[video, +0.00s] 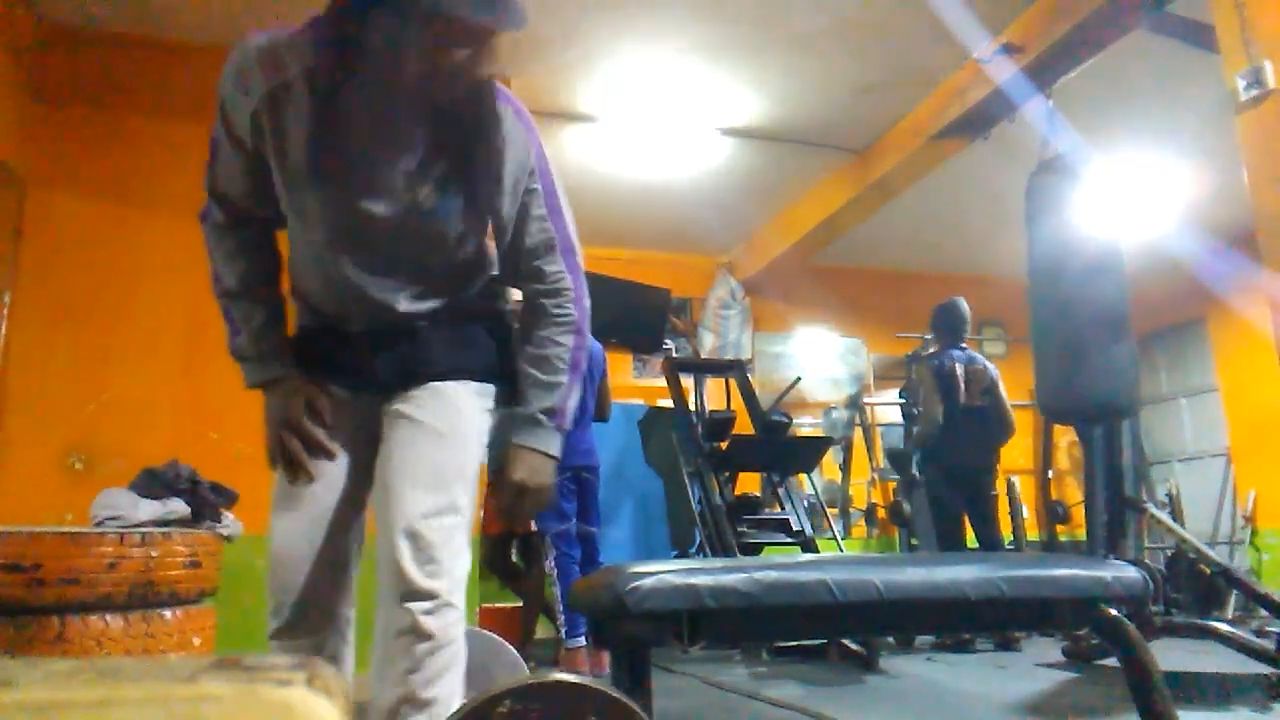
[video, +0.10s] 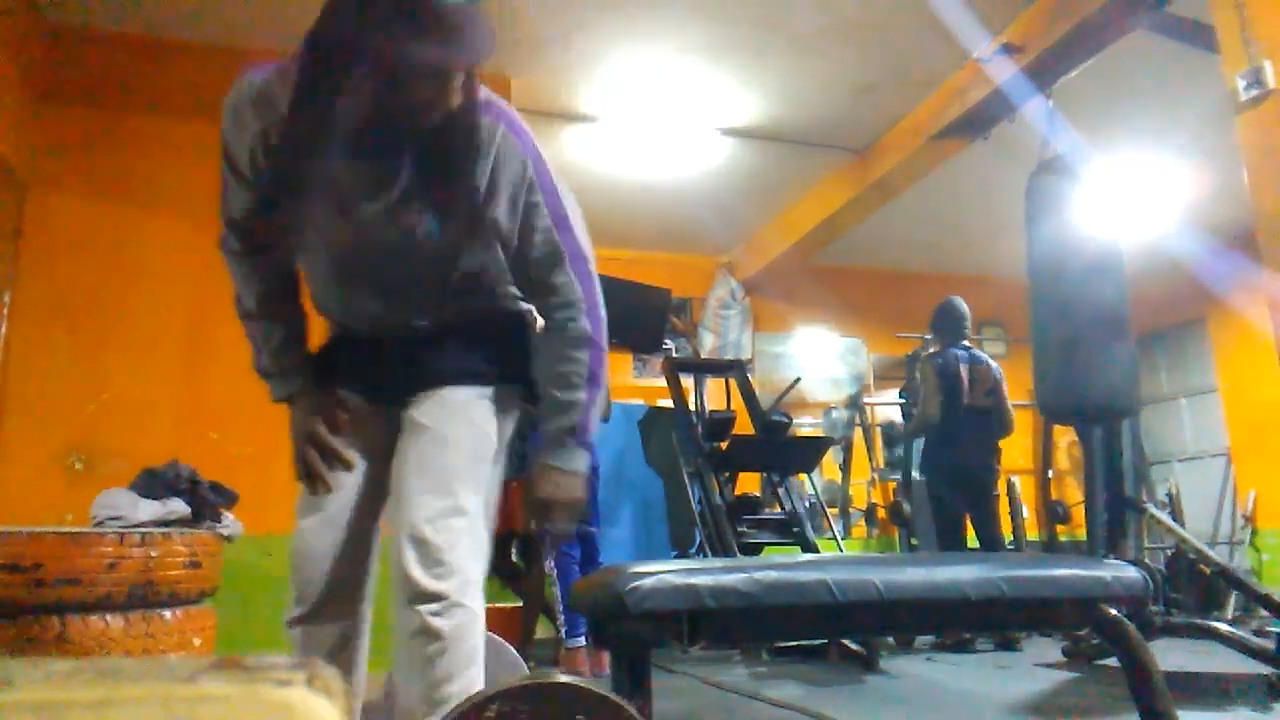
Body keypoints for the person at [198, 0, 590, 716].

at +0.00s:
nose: (482, 68)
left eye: (491, 45)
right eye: (460, 45)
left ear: (498, 34)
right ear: (390, 30)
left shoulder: (494, 122)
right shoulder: (269, 76)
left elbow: (555, 282)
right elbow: (235, 224)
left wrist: (538, 433)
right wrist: (270, 372)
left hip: (447, 342)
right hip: (328, 340)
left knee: (421, 573)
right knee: (297, 574)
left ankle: (413, 718)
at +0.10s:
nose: (454, 98)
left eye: (466, 73)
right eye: (431, 74)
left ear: (477, 59)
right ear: (369, 61)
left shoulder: (488, 138)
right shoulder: (270, 109)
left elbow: (572, 299)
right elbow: (252, 252)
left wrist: (565, 454)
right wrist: (293, 384)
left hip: (470, 344)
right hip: (357, 344)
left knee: (433, 562)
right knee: (318, 566)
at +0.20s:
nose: (424, 132)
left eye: (434, 102)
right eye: (394, 109)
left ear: (446, 82)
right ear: (337, 99)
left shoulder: (491, 166)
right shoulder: (272, 155)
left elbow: (587, 316)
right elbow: (281, 291)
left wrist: (596, 492)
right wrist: (318, 401)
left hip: (496, 354)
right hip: (386, 355)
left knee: (456, 558)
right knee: (342, 558)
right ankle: (331, 719)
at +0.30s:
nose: (399, 189)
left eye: (412, 161)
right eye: (371, 171)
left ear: (431, 134)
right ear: (322, 158)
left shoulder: (492, 192)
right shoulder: (289, 192)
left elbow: (599, 344)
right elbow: (302, 314)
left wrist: (629, 520)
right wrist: (337, 415)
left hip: (517, 364)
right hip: (408, 369)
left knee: (468, 539)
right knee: (356, 556)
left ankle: (466, 717)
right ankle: (357, 719)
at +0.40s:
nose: (381, 213)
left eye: (397, 186)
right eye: (356, 195)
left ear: (422, 161)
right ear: (324, 186)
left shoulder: (496, 217)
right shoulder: (318, 238)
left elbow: (607, 362)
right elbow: (325, 340)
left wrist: (644, 531)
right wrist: (352, 429)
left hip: (533, 373)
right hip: (430, 384)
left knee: (469, 537)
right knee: (375, 542)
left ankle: (470, 716)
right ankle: (391, 713)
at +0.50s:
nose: (380, 229)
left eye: (393, 206)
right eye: (359, 214)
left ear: (421, 184)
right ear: (332, 207)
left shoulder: (509, 237)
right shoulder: (342, 259)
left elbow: (615, 372)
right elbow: (350, 359)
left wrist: (656, 535)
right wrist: (378, 445)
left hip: (556, 387)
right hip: (460, 396)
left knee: (479, 523)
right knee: (393, 525)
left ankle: (469, 714)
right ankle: (406, 710)